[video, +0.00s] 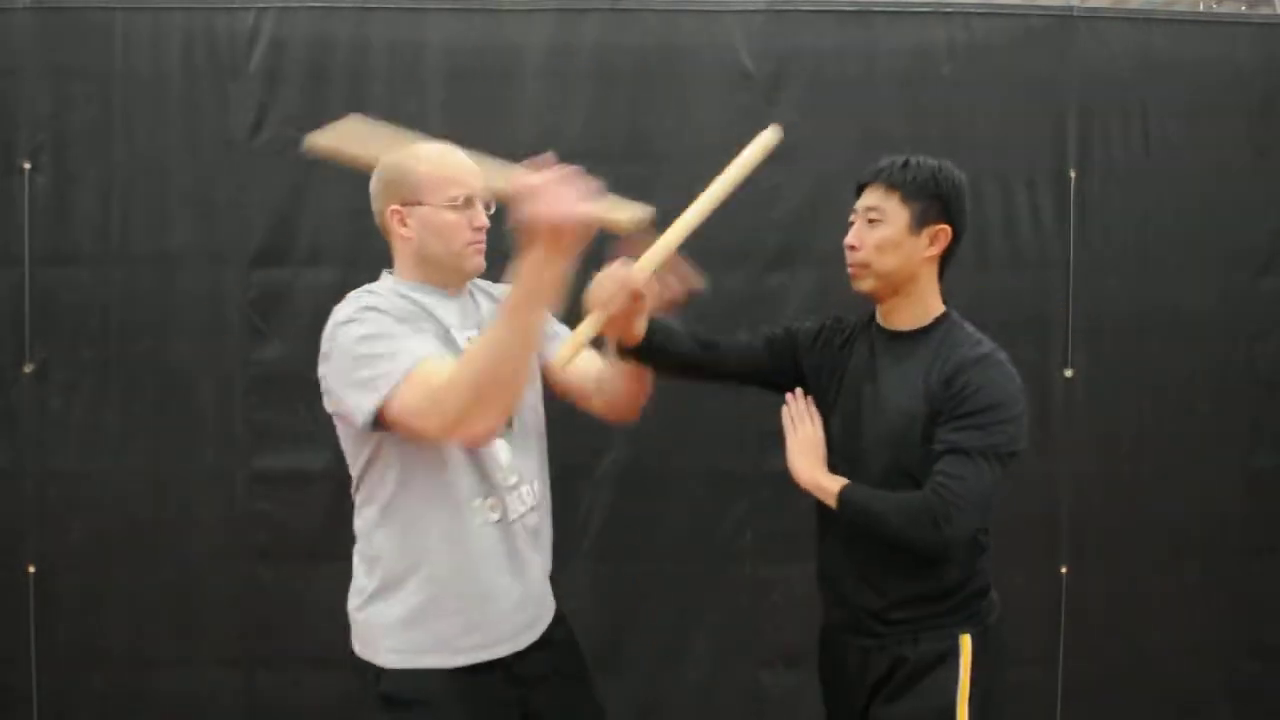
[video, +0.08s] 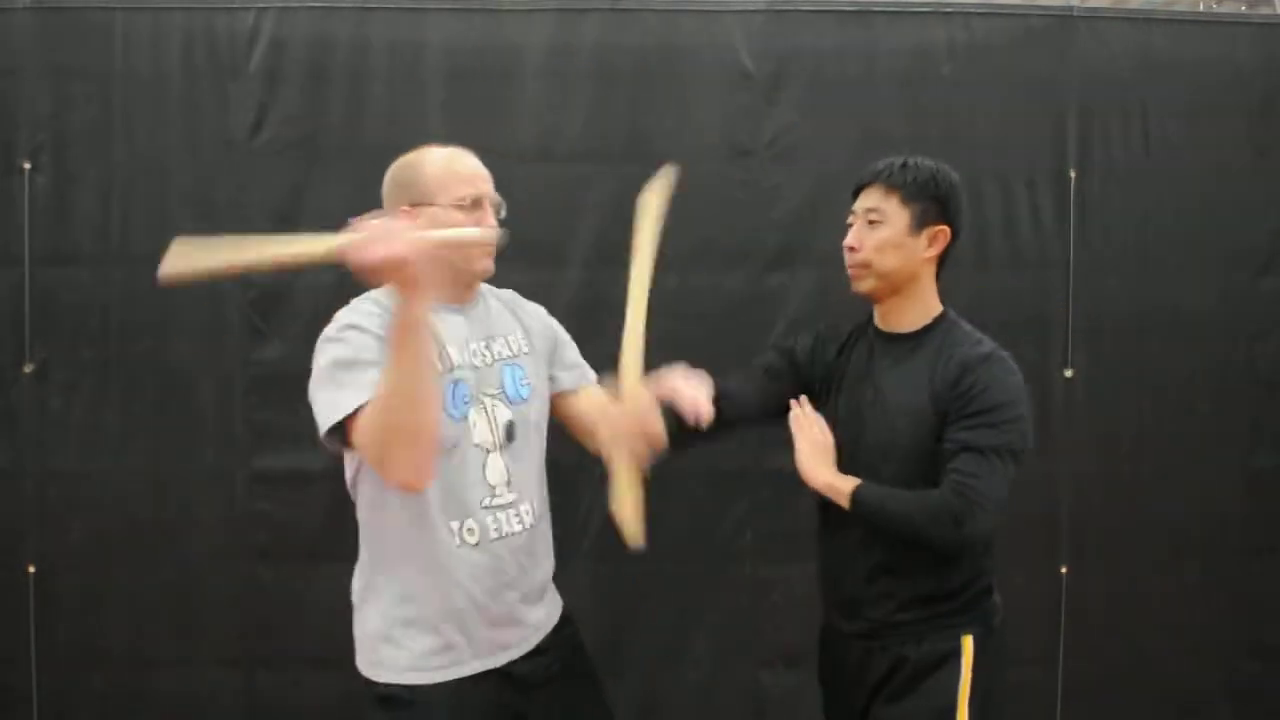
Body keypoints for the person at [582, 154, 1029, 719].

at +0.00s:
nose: (850, 239)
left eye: (873, 222)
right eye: (853, 222)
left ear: (934, 240)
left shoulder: (979, 374)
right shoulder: (833, 348)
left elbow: (945, 523)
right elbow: (720, 355)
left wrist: (821, 482)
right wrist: (633, 335)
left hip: (938, 651)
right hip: (848, 644)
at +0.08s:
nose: (849, 242)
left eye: (872, 223)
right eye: (851, 225)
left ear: (933, 241)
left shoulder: (982, 373)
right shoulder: (834, 350)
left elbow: (964, 516)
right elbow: (742, 398)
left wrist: (831, 480)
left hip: (938, 647)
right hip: (848, 641)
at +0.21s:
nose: (846, 245)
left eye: (869, 226)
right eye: (848, 228)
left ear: (930, 242)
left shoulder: (981, 367)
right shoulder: (841, 363)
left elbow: (951, 475)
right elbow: (757, 462)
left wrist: (836, 439)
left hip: (939, 649)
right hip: (850, 644)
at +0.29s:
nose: (847, 246)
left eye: (868, 228)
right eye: (849, 229)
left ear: (929, 242)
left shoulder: (977, 363)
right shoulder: (842, 372)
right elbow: (786, 488)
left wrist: (803, 383)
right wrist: (764, 585)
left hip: (945, 650)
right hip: (856, 646)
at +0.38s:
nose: (850, 248)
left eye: (871, 229)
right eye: (853, 230)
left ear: (933, 243)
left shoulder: (965, 354)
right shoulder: (867, 360)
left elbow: (853, 333)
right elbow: (809, 478)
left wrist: (734, 317)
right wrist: (783, 567)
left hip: (940, 653)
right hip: (864, 648)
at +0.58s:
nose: (856, 242)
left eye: (876, 225)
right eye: (864, 224)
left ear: (936, 241)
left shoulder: (956, 343)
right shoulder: (890, 348)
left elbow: (840, 318)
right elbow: (772, 396)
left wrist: (739, 285)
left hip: (929, 646)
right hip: (879, 641)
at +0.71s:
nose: (858, 246)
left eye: (875, 228)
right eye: (866, 227)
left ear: (929, 246)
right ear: (927, 247)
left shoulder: (937, 349)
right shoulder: (939, 340)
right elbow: (799, 397)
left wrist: (804, 310)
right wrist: (762, 291)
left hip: (906, 649)